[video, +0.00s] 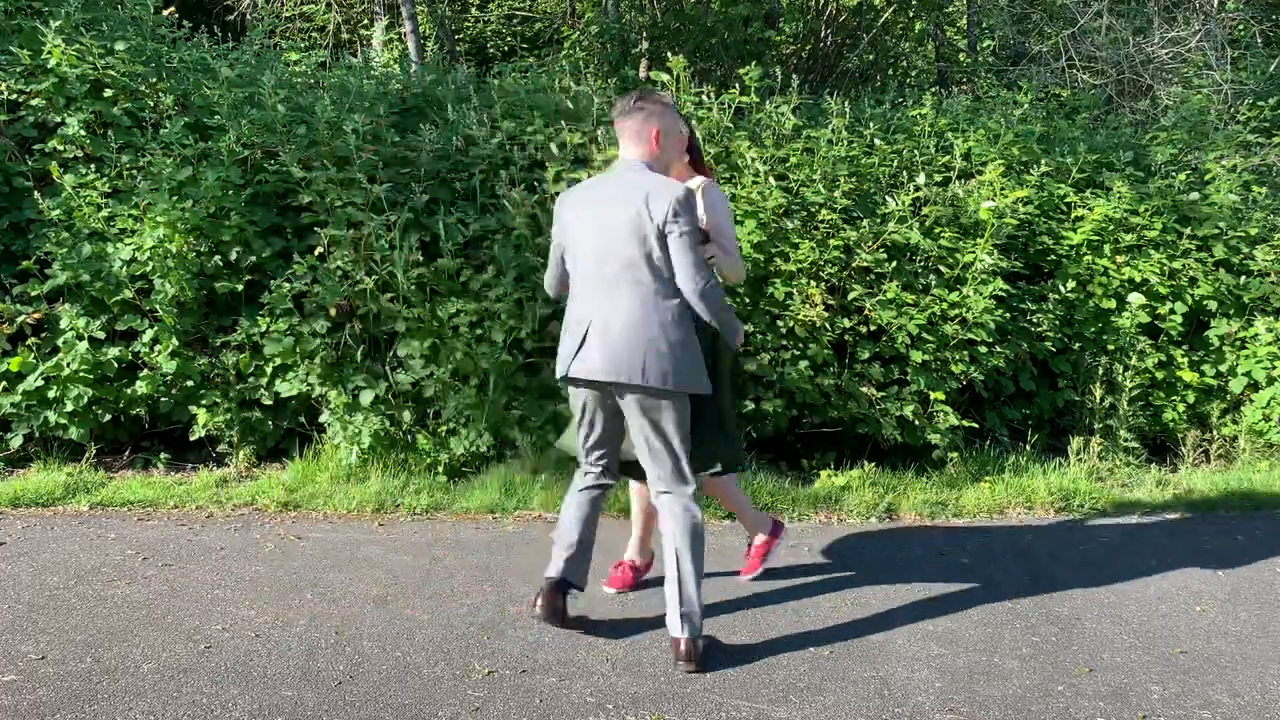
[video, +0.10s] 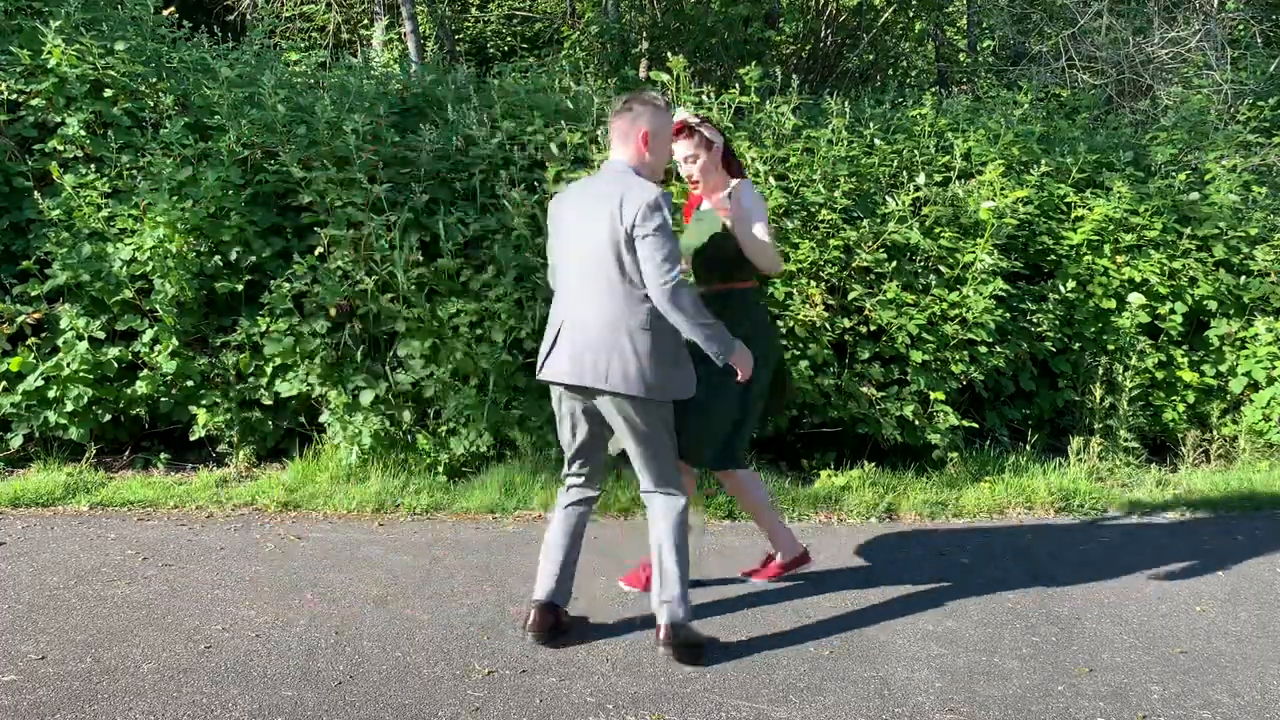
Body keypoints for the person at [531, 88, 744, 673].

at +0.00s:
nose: (682, 151)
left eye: (682, 141)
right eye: (679, 140)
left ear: (621, 138)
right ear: (656, 136)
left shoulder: (572, 198)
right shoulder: (669, 194)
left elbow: (556, 283)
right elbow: (695, 285)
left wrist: (607, 282)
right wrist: (734, 330)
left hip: (582, 356)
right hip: (653, 357)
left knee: (591, 472)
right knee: (673, 489)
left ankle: (556, 583)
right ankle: (686, 633)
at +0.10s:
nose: (672, 151)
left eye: (673, 139)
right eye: (669, 140)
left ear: (617, 138)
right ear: (645, 139)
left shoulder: (563, 198)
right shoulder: (643, 197)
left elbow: (563, 282)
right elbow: (665, 286)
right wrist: (726, 346)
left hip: (566, 361)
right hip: (629, 364)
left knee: (578, 481)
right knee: (663, 489)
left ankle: (545, 607)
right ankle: (673, 621)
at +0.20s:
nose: (663, 160)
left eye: (665, 149)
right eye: (661, 148)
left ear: (609, 141)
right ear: (634, 141)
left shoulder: (563, 194)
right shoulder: (624, 197)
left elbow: (568, 269)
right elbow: (627, 280)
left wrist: (641, 259)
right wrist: (690, 348)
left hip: (546, 356)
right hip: (605, 360)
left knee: (566, 479)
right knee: (653, 463)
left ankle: (543, 608)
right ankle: (635, 593)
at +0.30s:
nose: (660, 157)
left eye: (661, 145)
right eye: (655, 144)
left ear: (612, 144)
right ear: (624, 143)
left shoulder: (565, 194)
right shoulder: (606, 198)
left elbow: (600, 261)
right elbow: (594, 279)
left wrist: (661, 249)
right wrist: (633, 346)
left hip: (534, 358)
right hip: (585, 360)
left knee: (563, 480)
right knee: (641, 452)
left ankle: (542, 609)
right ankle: (606, 574)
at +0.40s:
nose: (658, 165)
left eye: (659, 154)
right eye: (652, 154)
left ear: (615, 154)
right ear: (618, 153)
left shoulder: (587, 203)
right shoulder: (594, 201)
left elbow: (623, 276)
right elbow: (554, 276)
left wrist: (685, 258)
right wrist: (571, 344)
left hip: (529, 364)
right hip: (573, 368)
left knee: (563, 477)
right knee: (623, 451)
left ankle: (542, 602)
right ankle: (574, 556)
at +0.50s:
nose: (657, 180)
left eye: (659, 170)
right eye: (652, 169)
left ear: (621, 166)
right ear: (616, 163)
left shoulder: (604, 223)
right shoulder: (582, 217)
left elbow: (627, 291)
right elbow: (530, 286)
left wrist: (698, 280)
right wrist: (515, 348)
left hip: (523, 378)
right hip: (562, 379)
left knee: (557, 480)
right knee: (604, 463)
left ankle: (538, 599)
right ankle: (557, 562)